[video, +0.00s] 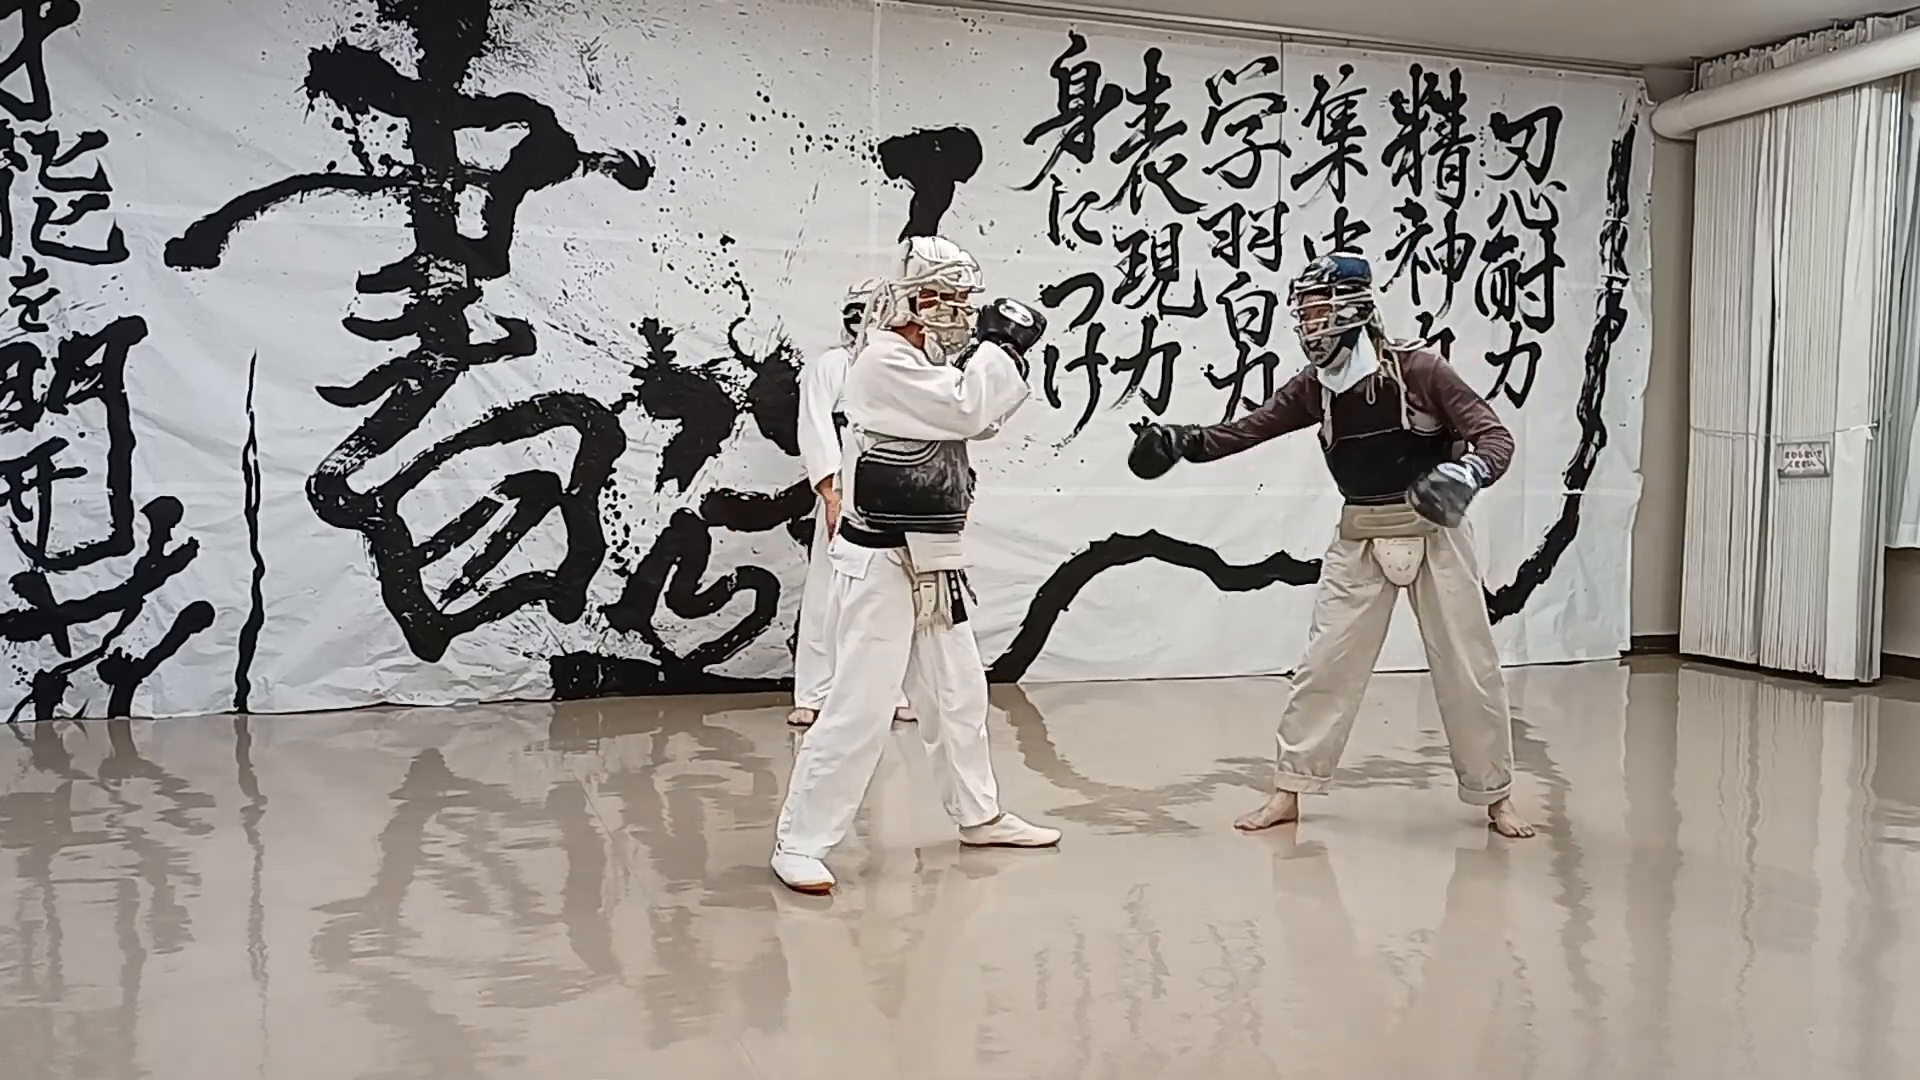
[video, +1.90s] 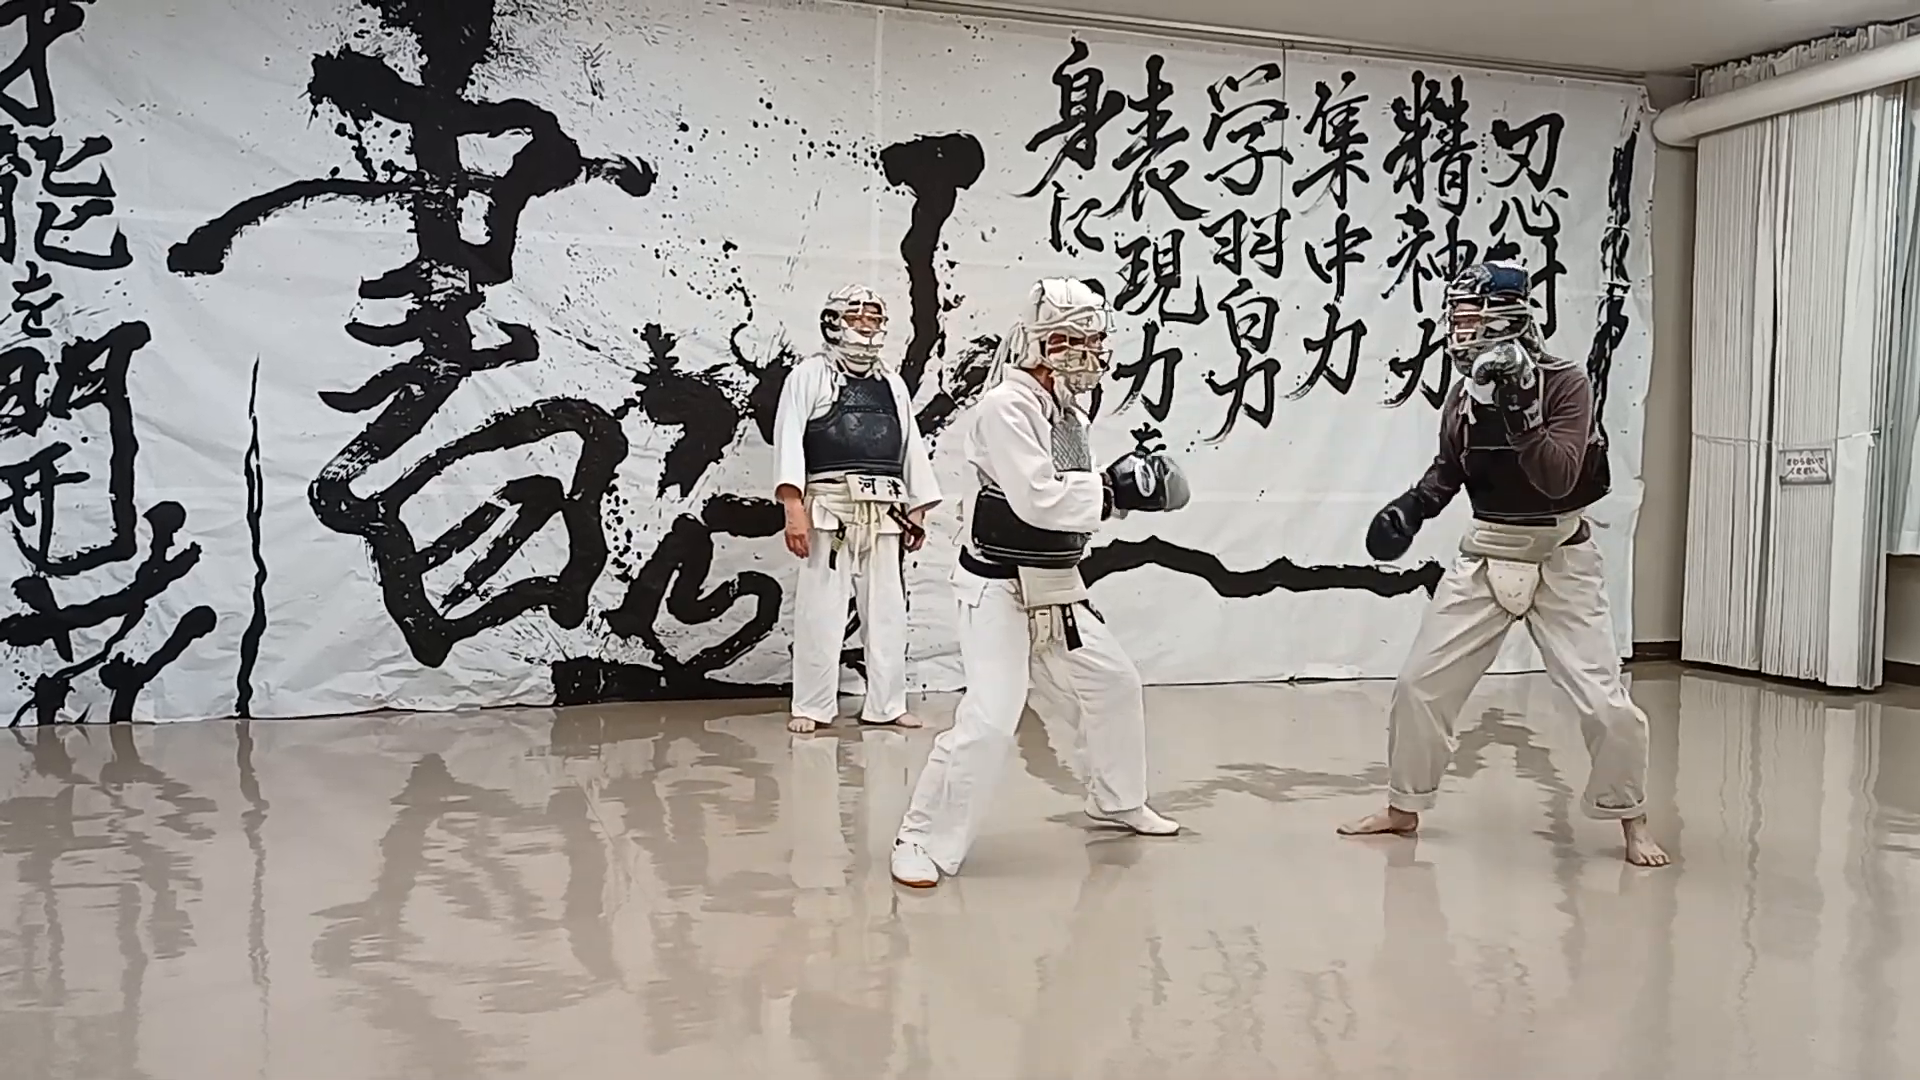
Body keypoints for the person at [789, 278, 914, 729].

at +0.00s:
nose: (866, 328)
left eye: (874, 319)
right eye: (860, 318)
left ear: (887, 321)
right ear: (850, 321)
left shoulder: (902, 366)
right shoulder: (827, 365)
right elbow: (814, 429)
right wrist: (830, 490)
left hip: (891, 495)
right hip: (842, 493)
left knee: (890, 597)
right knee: (824, 595)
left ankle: (891, 690)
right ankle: (812, 693)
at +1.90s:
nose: (867, 325)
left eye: (874, 319)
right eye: (857, 317)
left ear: (881, 326)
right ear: (835, 322)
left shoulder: (892, 381)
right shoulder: (810, 373)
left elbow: (911, 447)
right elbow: (789, 442)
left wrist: (918, 509)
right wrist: (793, 508)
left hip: (884, 509)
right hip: (825, 507)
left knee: (887, 611)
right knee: (820, 612)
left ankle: (885, 706)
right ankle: (811, 709)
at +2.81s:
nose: (826, 326)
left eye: (833, 320)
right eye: (817, 318)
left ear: (841, 326)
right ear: (794, 320)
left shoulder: (848, 379)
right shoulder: (765, 371)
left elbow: (867, 446)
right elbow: (745, 440)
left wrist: (875, 508)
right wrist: (752, 507)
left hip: (840, 509)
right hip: (781, 507)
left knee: (841, 613)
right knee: (773, 613)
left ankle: (839, 706)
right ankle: (763, 709)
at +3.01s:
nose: (806, 325)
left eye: (813, 318)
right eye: (796, 316)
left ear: (819, 326)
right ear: (772, 320)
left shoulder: (827, 381)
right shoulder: (743, 373)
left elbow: (846, 447)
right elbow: (724, 443)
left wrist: (853, 509)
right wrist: (731, 510)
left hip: (819, 510)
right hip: (760, 509)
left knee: (821, 614)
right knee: (753, 614)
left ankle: (819, 707)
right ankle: (743, 711)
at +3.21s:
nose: (788, 324)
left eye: (794, 318)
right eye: (778, 316)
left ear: (799, 326)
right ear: (754, 320)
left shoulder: (808, 381)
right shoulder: (724, 374)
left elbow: (828, 447)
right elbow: (706, 443)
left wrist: (835, 510)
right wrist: (713, 509)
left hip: (802, 511)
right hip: (743, 510)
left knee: (805, 614)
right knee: (736, 615)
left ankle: (802, 708)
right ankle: (726, 713)